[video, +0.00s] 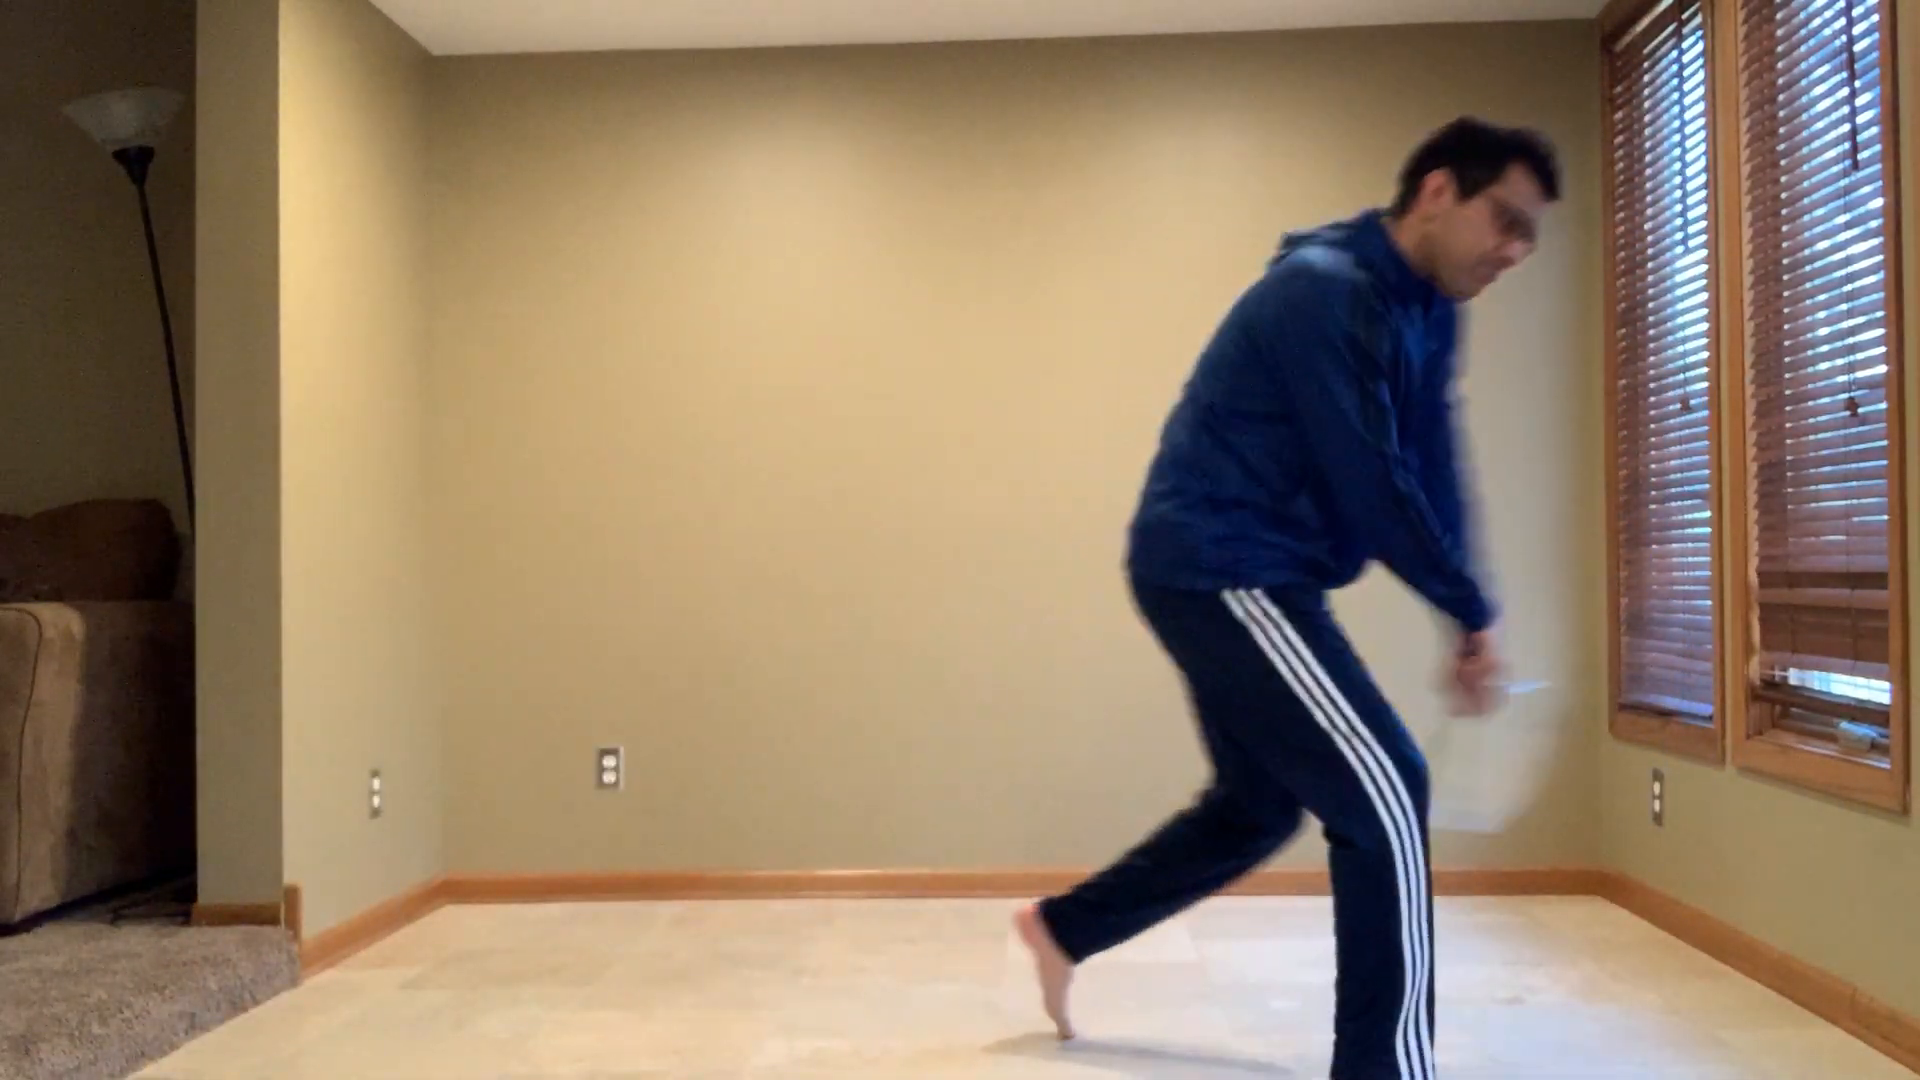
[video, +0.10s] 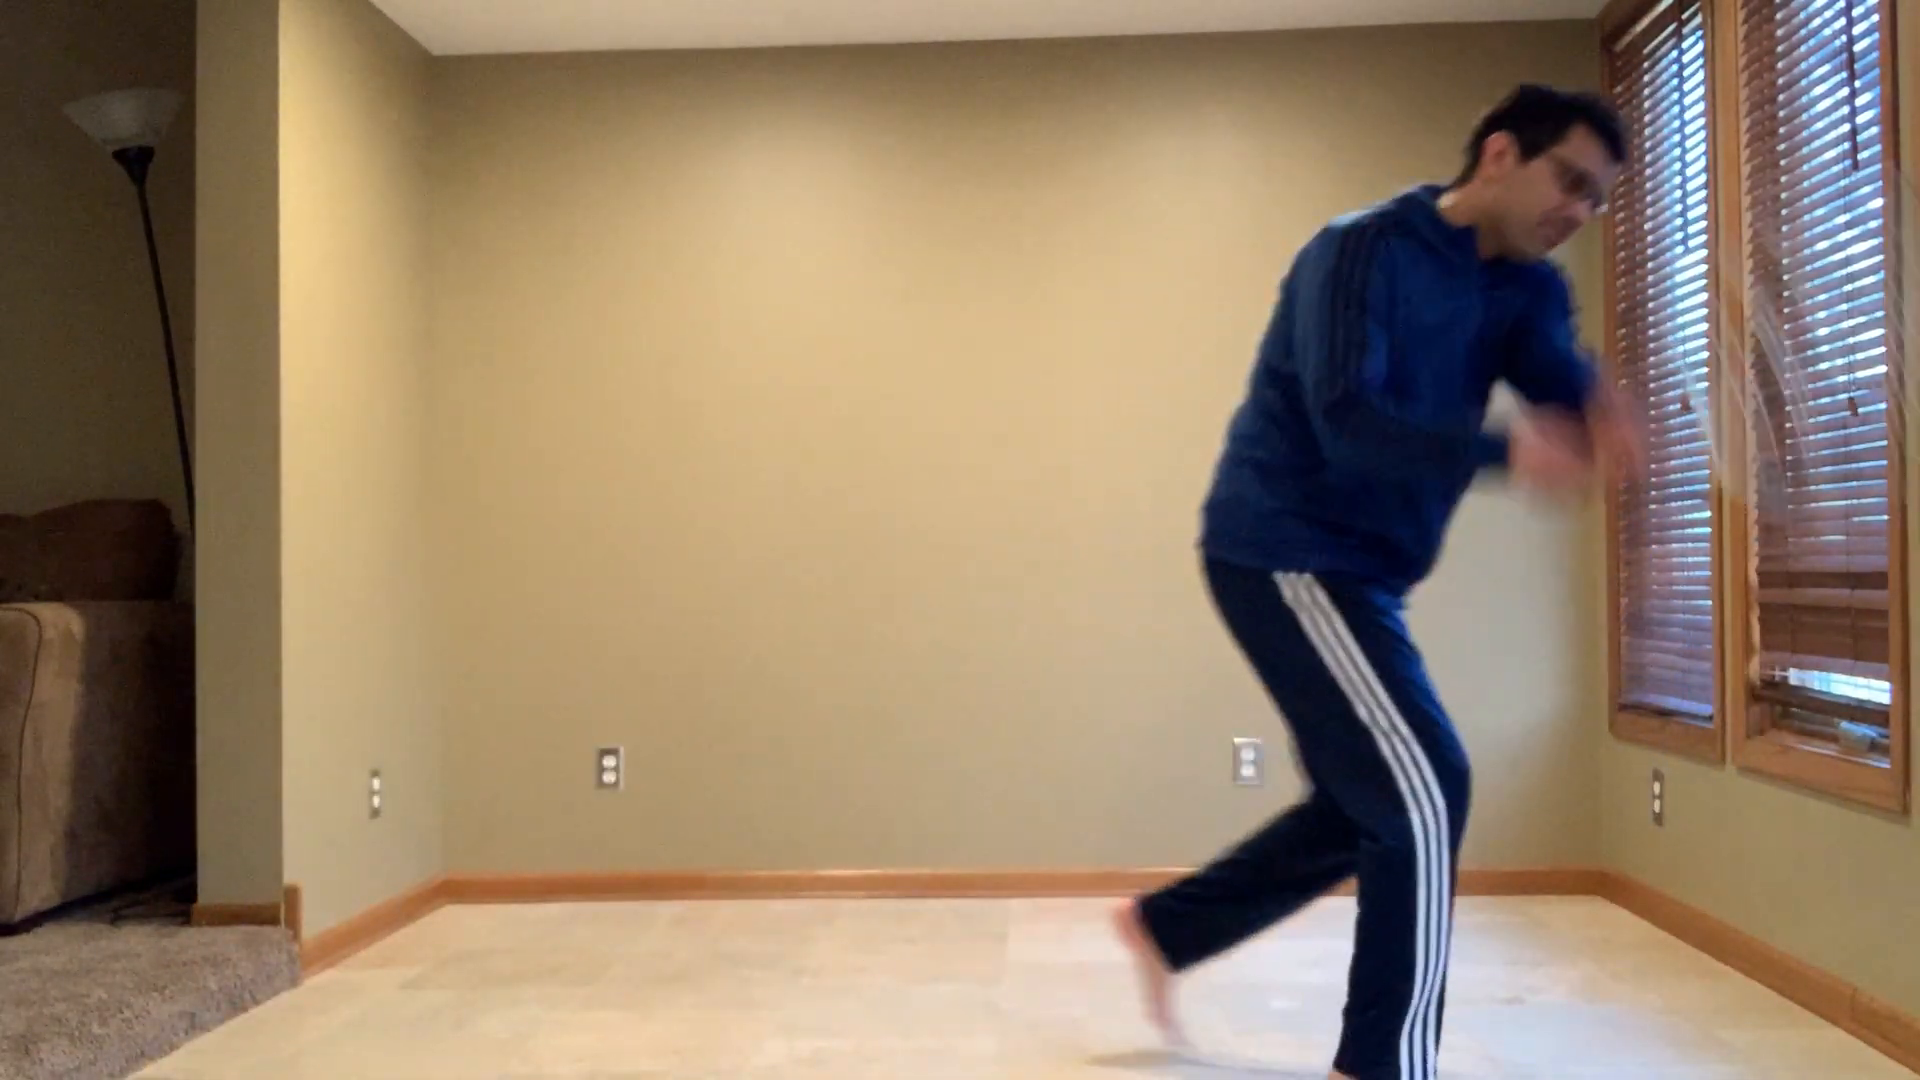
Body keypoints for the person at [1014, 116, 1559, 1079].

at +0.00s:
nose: (1515, 252)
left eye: (1527, 235)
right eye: (1507, 222)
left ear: (1443, 207)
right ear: (1436, 192)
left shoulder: (1426, 310)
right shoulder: (1324, 289)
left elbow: (1432, 464)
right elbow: (1367, 489)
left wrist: (1466, 613)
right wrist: (1472, 611)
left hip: (1268, 571)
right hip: (1213, 566)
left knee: (1260, 801)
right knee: (1381, 786)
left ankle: (1063, 927)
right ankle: (1384, 1066)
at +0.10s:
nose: (1580, 214)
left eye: (1595, 199)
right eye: (1571, 183)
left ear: (1598, 210)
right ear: (1499, 153)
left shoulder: (1526, 286)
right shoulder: (1359, 251)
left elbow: (1559, 380)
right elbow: (1349, 428)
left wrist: (1597, 411)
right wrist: (1503, 448)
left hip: (1361, 569)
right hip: (1278, 552)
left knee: (1371, 801)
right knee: (1423, 786)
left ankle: (1167, 926)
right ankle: (1383, 1065)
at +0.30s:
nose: (1684, 116)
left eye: (1702, 103)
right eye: (1669, 85)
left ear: (1703, 119)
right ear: (1594, 75)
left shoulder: (1665, 203)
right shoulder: (1482, 161)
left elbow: (1582, 233)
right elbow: (1397, 275)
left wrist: (1465, 123)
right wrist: (1433, 123)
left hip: (1538, 532)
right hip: (1417, 519)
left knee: (1631, 754)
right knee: (1465, 775)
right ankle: (1392, 1054)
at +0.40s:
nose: (1708, 106)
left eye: (1725, 93)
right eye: (1687, 79)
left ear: (1729, 111)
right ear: (1615, 83)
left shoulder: (1714, 203)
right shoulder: (1516, 179)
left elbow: (1651, 265)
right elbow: (1382, 284)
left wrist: (1517, 158)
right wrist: (1475, 150)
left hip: (1625, 531)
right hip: (1494, 524)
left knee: (1728, 770)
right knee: (1522, 769)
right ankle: (1438, 1039)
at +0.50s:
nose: (1727, 118)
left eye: (1741, 105)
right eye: (1702, 94)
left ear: (1746, 129)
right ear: (1630, 113)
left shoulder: (1746, 228)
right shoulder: (1545, 233)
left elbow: (1696, 310)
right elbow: (1397, 360)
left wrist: (1552, 217)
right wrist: (1484, 256)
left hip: (1698, 566)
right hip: (1557, 563)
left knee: (1806, 797)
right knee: (1584, 802)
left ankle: (1851, 1036)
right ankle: (1494, 1051)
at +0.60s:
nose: (1719, 107)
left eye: (1731, 94)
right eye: (1691, 89)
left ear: (1742, 122)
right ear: (1623, 116)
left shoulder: (1758, 233)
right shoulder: (1543, 246)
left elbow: (1728, 363)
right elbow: (1431, 396)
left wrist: (1578, 327)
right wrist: (1494, 380)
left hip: (1712, 568)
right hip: (1569, 568)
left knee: (1817, 794)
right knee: (1590, 800)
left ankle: (1847, 1035)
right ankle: (1532, 1049)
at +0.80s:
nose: (1562, 106)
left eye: (1585, 88)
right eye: (1537, 89)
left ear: (1613, 116)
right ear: (1492, 117)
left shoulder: (1666, 242)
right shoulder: (1439, 264)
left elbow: (1689, 400)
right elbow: (1378, 409)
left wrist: (1542, 412)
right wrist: (1433, 454)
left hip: (1663, 575)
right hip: (1514, 581)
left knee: (1765, 792)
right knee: (1501, 803)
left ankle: (1845, 1030)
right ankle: (1516, 979)